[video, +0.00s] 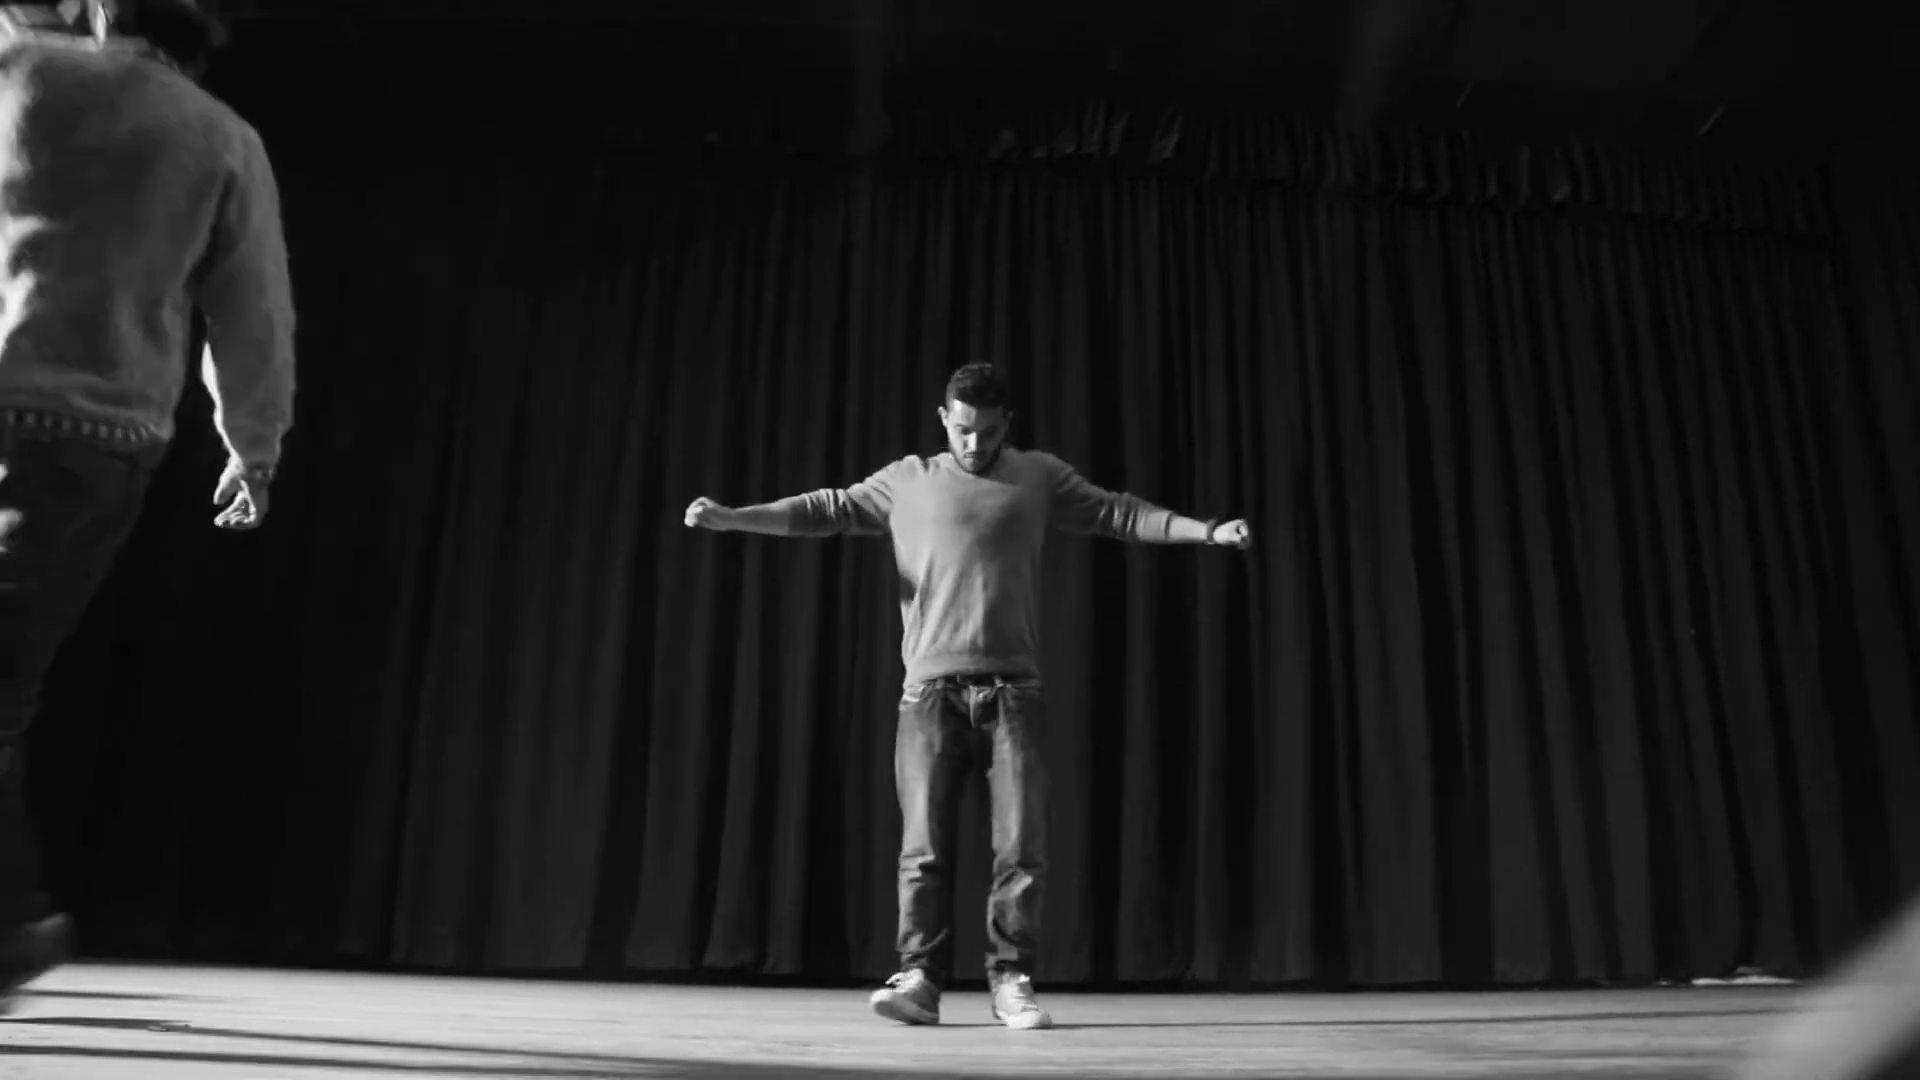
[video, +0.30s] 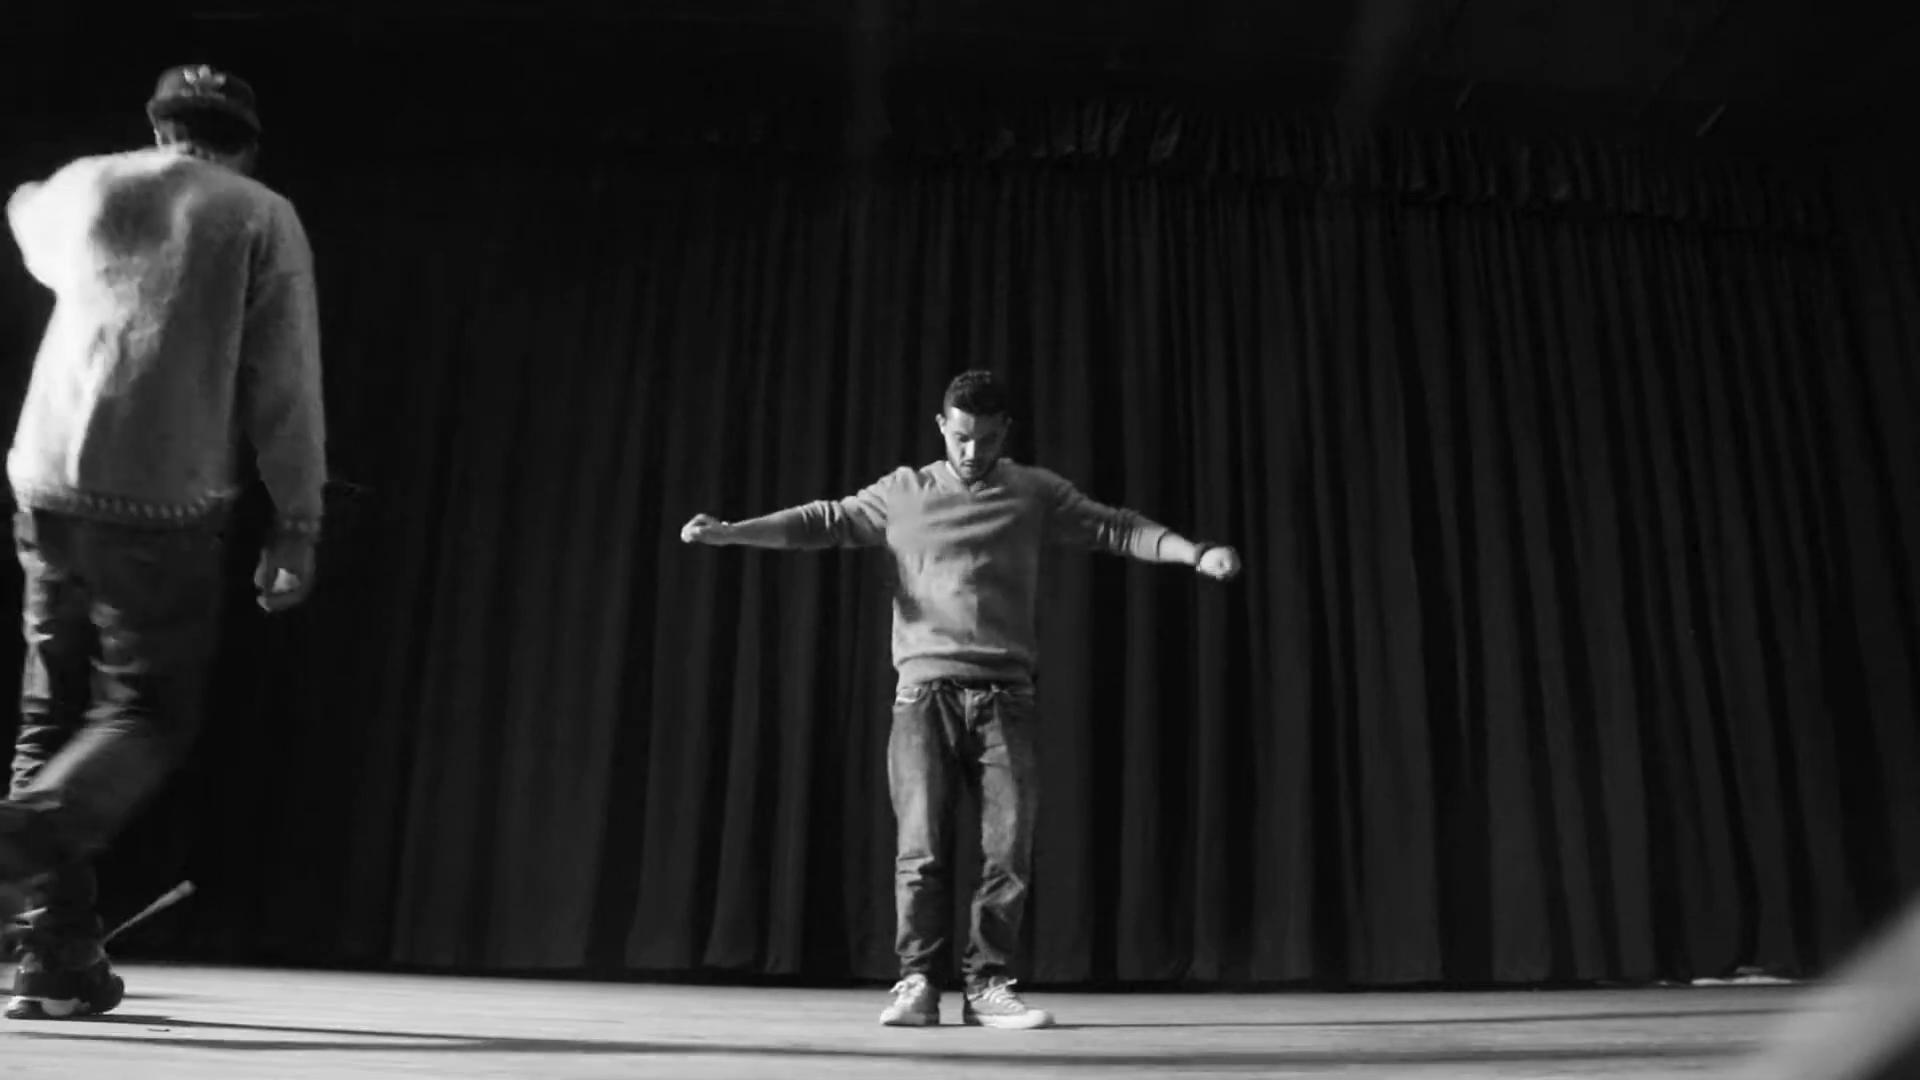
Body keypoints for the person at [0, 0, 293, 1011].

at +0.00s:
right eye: (203, 42)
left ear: (92, 14)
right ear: (193, 38)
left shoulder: (15, 70)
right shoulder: (222, 137)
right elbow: (252, 320)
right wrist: (255, 452)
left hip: (7, 419)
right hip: (105, 445)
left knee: (15, 680)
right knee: (15, 680)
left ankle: (18, 913)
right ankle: (13, 916)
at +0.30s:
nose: (233, 165)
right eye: (244, 150)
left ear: (158, 128)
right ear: (243, 142)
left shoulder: (87, 189)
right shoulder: (265, 218)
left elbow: (27, 210)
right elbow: (288, 384)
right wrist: (297, 524)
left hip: (46, 485)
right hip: (166, 497)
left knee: (45, 713)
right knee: (143, 710)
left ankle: (49, 956)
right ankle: (24, 841)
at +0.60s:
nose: (331, 240)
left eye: (332, 228)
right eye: (330, 226)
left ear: (240, 206)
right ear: (311, 216)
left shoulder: (164, 261)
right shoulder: (294, 269)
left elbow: (180, 378)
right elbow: (302, 404)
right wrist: (329, 517)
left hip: (131, 534)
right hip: (236, 550)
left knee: (96, 737)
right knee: (265, 749)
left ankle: (51, 955)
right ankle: (260, 954)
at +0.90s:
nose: (422, 303)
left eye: (423, 289)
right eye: (420, 287)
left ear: (338, 272)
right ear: (395, 276)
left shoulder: (262, 323)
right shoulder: (385, 346)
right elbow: (377, 483)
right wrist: (386, 599)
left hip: (237, 589)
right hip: (325, 598)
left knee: (220, 758)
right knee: (321, 787)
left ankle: (111, 886)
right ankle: (293, 963)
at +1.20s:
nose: (484, 363)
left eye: (487, 350)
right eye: (485, 348)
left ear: (420, 322)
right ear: (464, 333)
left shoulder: (332, 368)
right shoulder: (441, 382)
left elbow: (290, 450)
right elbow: (472, 510)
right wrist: (524, 593)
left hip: (307, 602)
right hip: (382, 604)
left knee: (348, 775)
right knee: (341, 784)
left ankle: (312, 958)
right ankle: (288, 962)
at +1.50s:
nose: (528, 449)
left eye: (532, 440)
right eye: (531, 435)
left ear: (478, 399)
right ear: (517, 414)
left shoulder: (384, 440)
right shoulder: (488, 435)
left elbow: (325, 540)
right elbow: (503, 547)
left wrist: (366, 614)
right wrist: (538, 654)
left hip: (366, 636)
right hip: (428, 634)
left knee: (404, 797)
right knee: (391, 793)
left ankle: (424, 966)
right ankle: (303, 950)